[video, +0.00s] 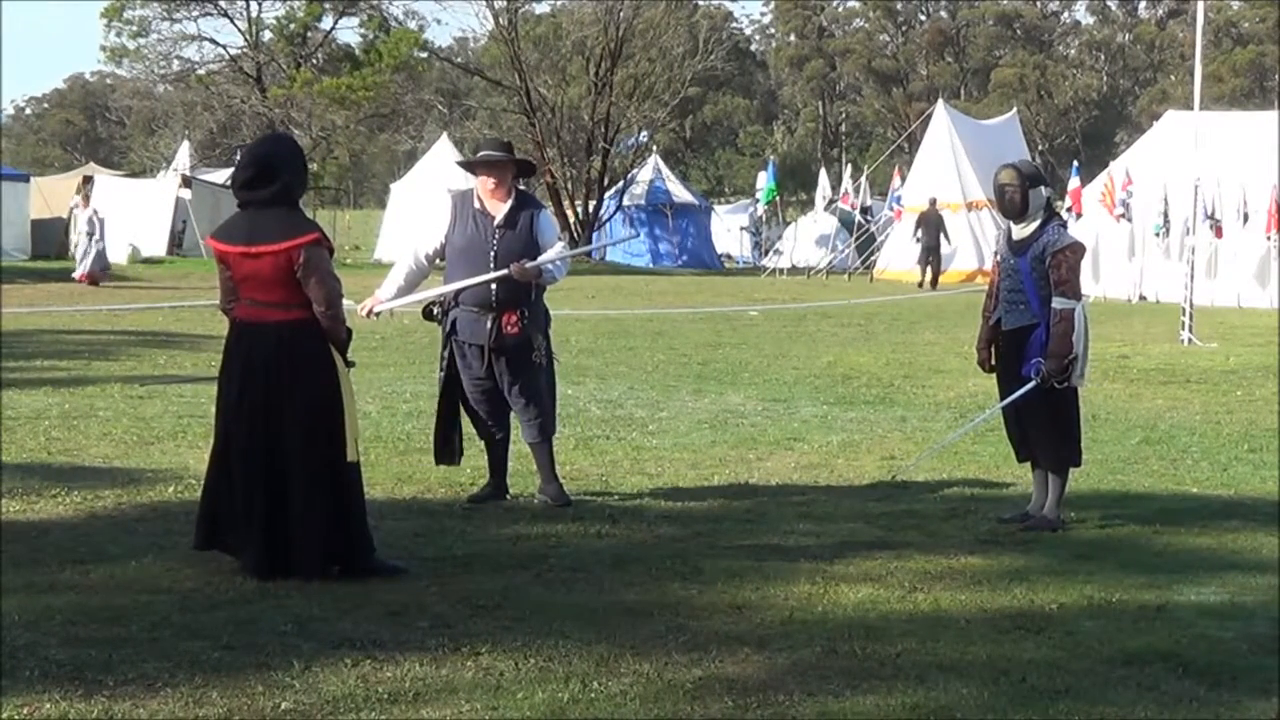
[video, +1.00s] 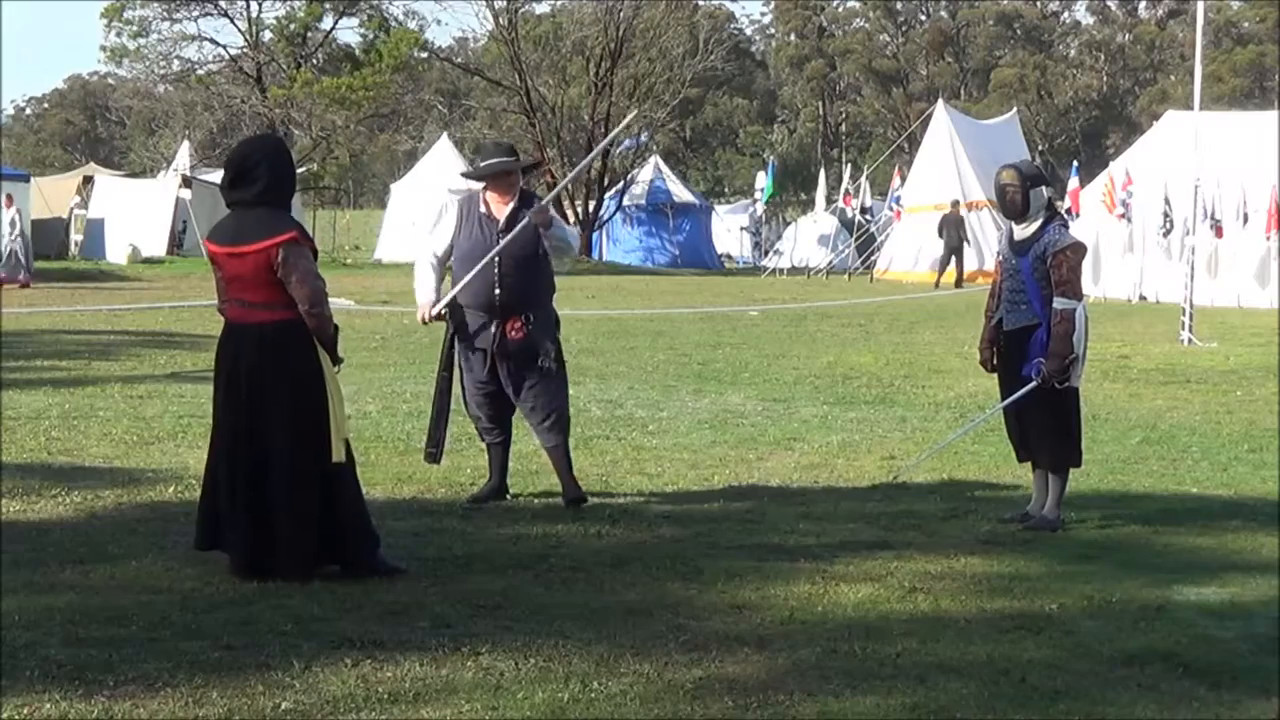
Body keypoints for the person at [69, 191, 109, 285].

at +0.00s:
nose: (83, 203)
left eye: (84, 201)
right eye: (81, 201)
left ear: (87, 201)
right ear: (80, 201)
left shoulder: (91, 211)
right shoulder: (79, 211)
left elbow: (98, 224)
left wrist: (98, 236)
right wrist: (72, 207)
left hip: (89, 236)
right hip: (80, 235)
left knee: (85, 255)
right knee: (80, 254)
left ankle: (85, 274)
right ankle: (81, 273)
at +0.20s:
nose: (67, 205)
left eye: (68, 203)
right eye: (66, 203)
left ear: (72, 204)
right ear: (65, 204)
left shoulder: (75, 213)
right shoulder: (64, 215)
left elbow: (78, 227)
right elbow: (66, 229)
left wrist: (71, 237)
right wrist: (65, 238)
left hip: (77, 240)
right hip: (68, 240)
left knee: (78, 259)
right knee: (60, 258)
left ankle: (78, 279)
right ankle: (58, 277)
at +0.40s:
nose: (53, 202)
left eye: (54, 200)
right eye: (51, 200)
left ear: (57, 201)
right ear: (50, 201)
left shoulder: (60, 211)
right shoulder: (48, 213)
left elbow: (64, 226)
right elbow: (48, 227)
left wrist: (57, 237)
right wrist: (47, 238)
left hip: (61, 239)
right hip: (52, 239)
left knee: (60, 257)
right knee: (52, 258)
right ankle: (53, 277)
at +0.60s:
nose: (38, 204)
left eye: (40, 202)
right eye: (37, 202)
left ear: (43, 203)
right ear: (34, 203)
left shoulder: (47, 212)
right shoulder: (32, 214)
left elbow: (53, 226)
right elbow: (28, 228)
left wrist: (54, 238)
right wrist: (24, 242)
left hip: (48, 239)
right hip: (37, 239)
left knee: (54, 257)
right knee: (36, 258)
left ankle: (57, 278)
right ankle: (34, 277)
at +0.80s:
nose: (21, 204)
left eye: (23, 202)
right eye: (19, 202)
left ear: (27, 203)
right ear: (18, 203)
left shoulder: (31, 213)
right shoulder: (16, 212)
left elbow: (37, 226)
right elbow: (14, 227)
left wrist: (40, 238)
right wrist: (13, 239)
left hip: (32, 238)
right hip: (23, 238)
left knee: (31, 257)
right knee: (22, 257)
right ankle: (21, 276)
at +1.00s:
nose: (6, 203)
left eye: (7, 201)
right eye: (5, 201)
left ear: (11, 201)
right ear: (4, 202)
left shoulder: (16, 211)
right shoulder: (5, 211)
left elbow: (19, 226)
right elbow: (7, 224)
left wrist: (13, 236)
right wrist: (6, 235)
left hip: (17, 237)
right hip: (8, 237)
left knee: (22, 257)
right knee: (5, 257)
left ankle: (25, 277)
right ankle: (3, 274)